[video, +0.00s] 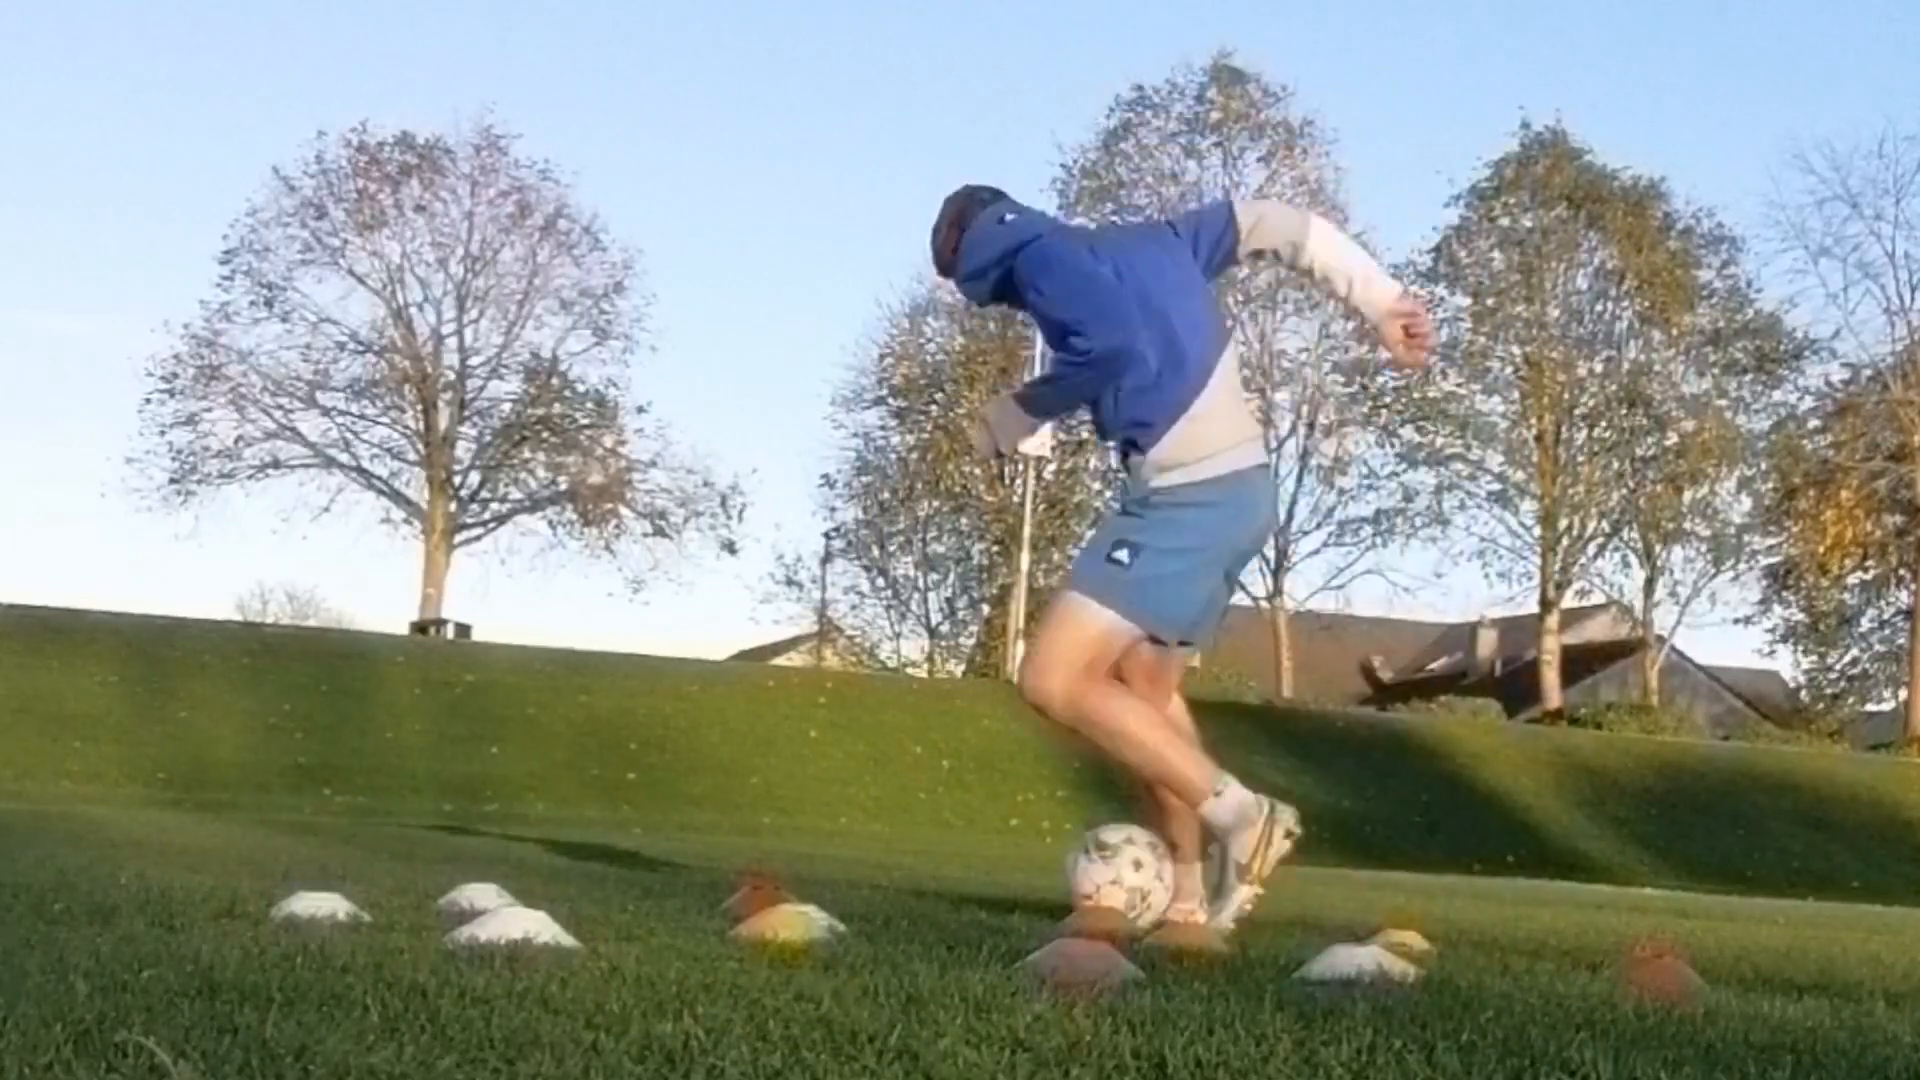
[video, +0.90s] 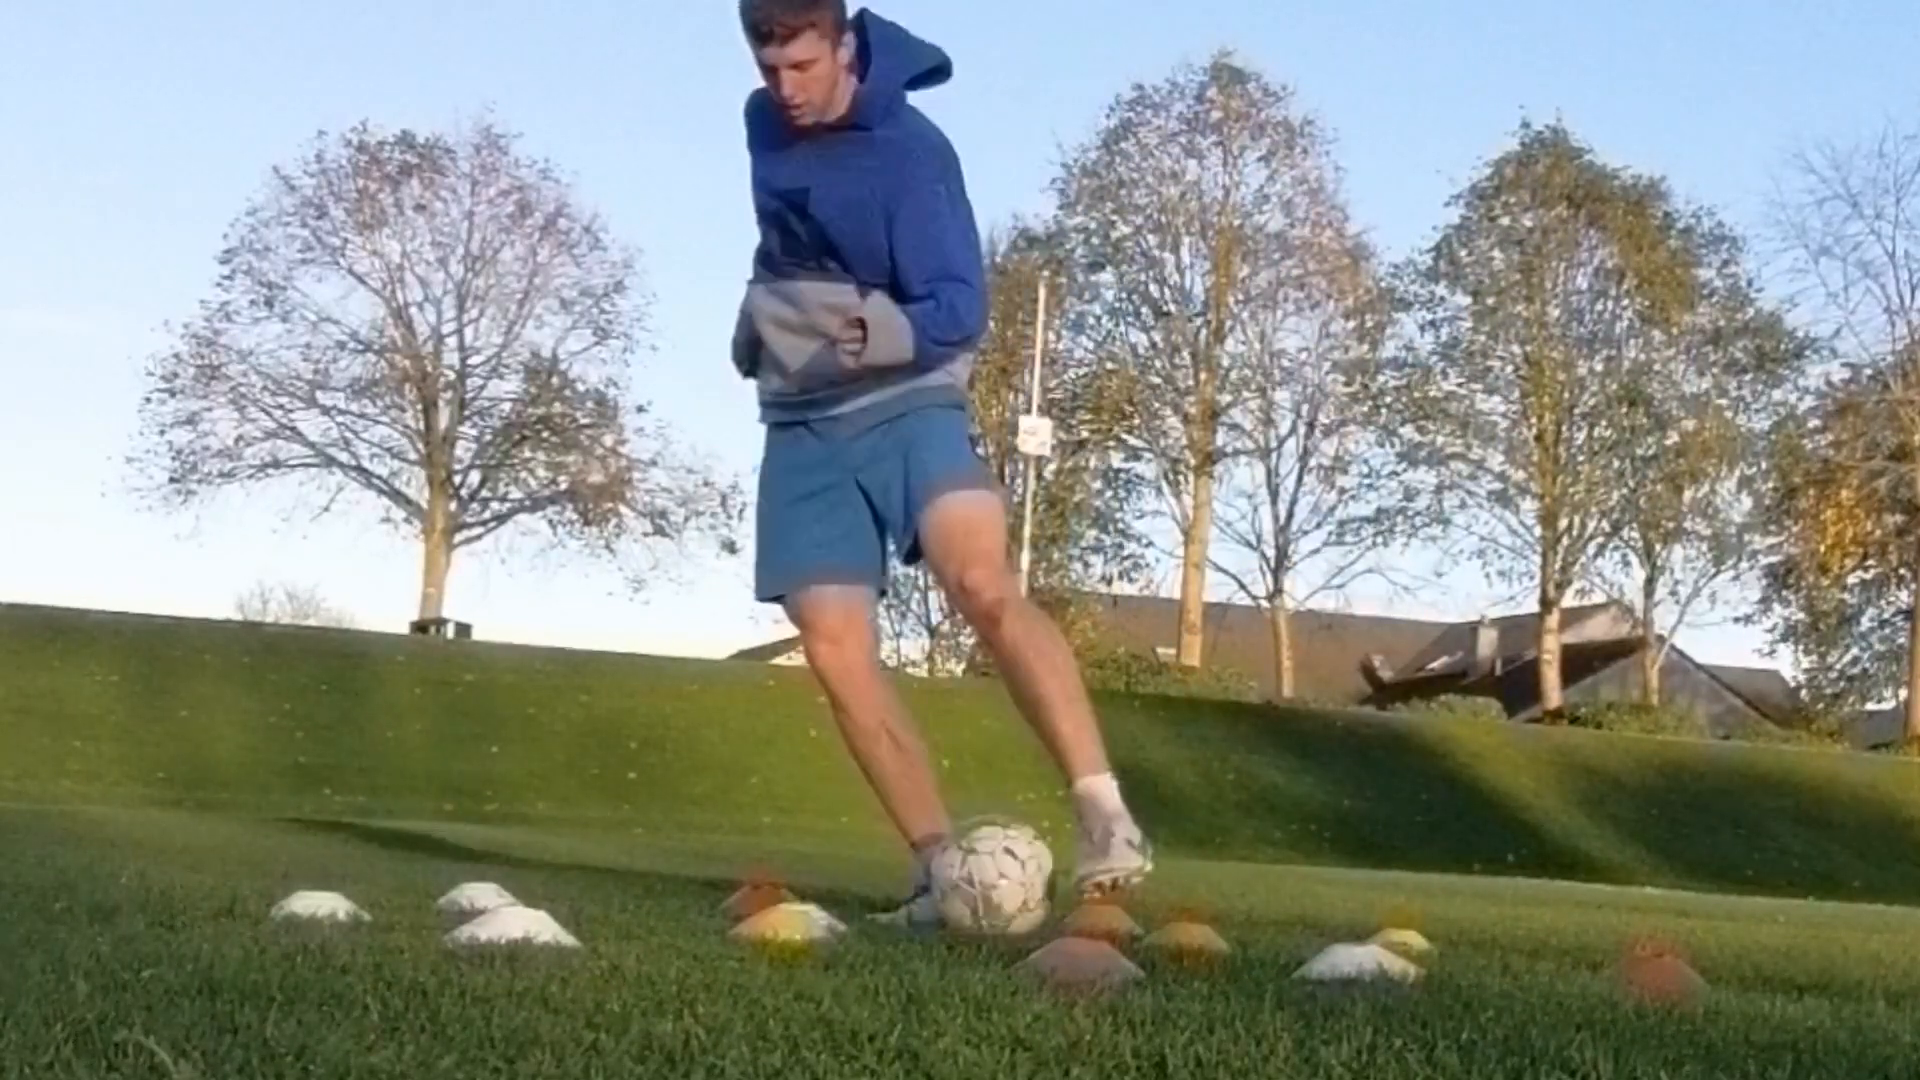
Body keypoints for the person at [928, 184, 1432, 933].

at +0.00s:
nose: (968, 286)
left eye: (959, 271)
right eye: (958, 276)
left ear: (970, 247)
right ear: (1011, 211)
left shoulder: (1043, 261)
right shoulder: (1138, 238)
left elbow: (1107, 345)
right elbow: (1279, 222)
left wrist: (1019, 412)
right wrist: (1382, 298)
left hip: (1184, 492)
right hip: (1235, 485)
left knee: (1053, 677)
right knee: (1147, 685)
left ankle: (1240, 815)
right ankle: (1185, 903)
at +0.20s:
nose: (886, 245)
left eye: (884, 224)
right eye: (874, 230)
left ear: (911, 192)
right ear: (905, 199)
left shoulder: (1008, 221)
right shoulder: (983, 250)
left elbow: (1116, 264)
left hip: (1126, 478)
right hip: (1066, 487)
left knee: (1001, 640)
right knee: (1048, 677)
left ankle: (1080, 815)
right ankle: (1156, 868)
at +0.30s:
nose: (845, 241)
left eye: (849, 220)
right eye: (831, 227)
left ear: (880, 189)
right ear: (830, 211)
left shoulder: (959, 200)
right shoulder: (917, 242)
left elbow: (1095, 235)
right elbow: (973, 345)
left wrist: (945, 255)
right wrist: (914, 416)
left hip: (1088, 468)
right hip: (1003, 476)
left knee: (997, 662)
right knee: (933, 650)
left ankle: (1090, 856)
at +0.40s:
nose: (807, 273)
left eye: (811, 250)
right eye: (790, 260)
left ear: (843, 220)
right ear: (780, 251)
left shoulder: (937, 242)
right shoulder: (861, 295)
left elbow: (1083, 264)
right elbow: (867, 358)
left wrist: (984, 335)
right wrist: (795, 421)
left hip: (1047, 480)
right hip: (949, 498)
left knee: (972, 628)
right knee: (863, 661)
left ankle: (1041, 811)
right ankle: (855, 870)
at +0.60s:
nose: (792, 180)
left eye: (803, 157)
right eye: (775, 165)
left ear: (838, 134)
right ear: (761, 160)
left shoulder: (933, 183)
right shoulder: (786, 251)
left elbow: (1070, 214)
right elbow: (789, 379)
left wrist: (1048, 253)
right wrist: (777, 487)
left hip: (980, 456)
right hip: (871, 480)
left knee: (963, 607)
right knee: (820, 650)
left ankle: (956, 824)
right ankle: (841, 860)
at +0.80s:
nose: (795, 96)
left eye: (809, 75)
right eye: (779, 80)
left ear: (850, 49)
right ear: (765, 65)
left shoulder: (915, 124)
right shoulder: (788, 133)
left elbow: (988, 241)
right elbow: (800, 232)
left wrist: (864, 188)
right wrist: (780, 325)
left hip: (942, 397)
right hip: (832, 409)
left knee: (982, 578)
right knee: (790, 616)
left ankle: (1077, 794)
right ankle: (917, 832)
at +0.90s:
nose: (786, 87)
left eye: (802, 67)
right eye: (771, 70)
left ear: (847, 47)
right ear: (756, 57)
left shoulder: (909, 148)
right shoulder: (766, 126)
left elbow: (958, 310)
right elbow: (785, 247)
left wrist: (888, 331)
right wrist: (757, 326)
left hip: (915, 410)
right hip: (804, 430)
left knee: (982, 585)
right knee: (833, 647)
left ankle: (1105, 818)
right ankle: (944, 876)